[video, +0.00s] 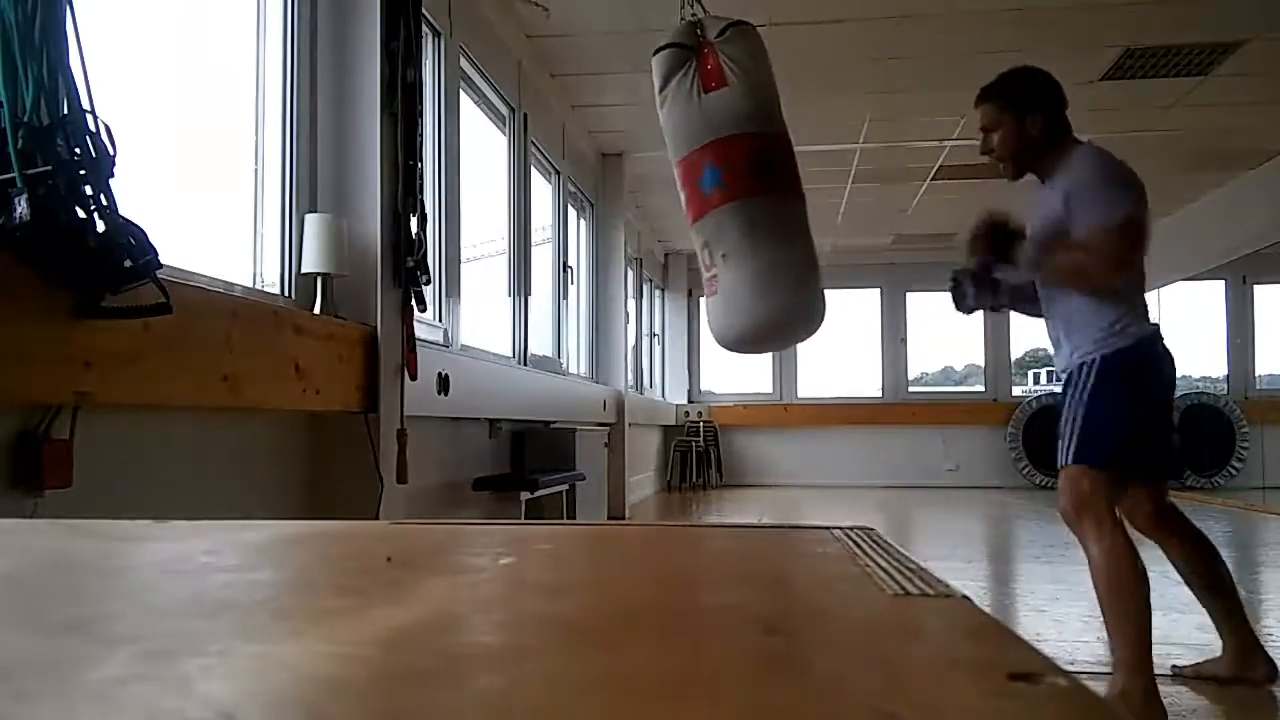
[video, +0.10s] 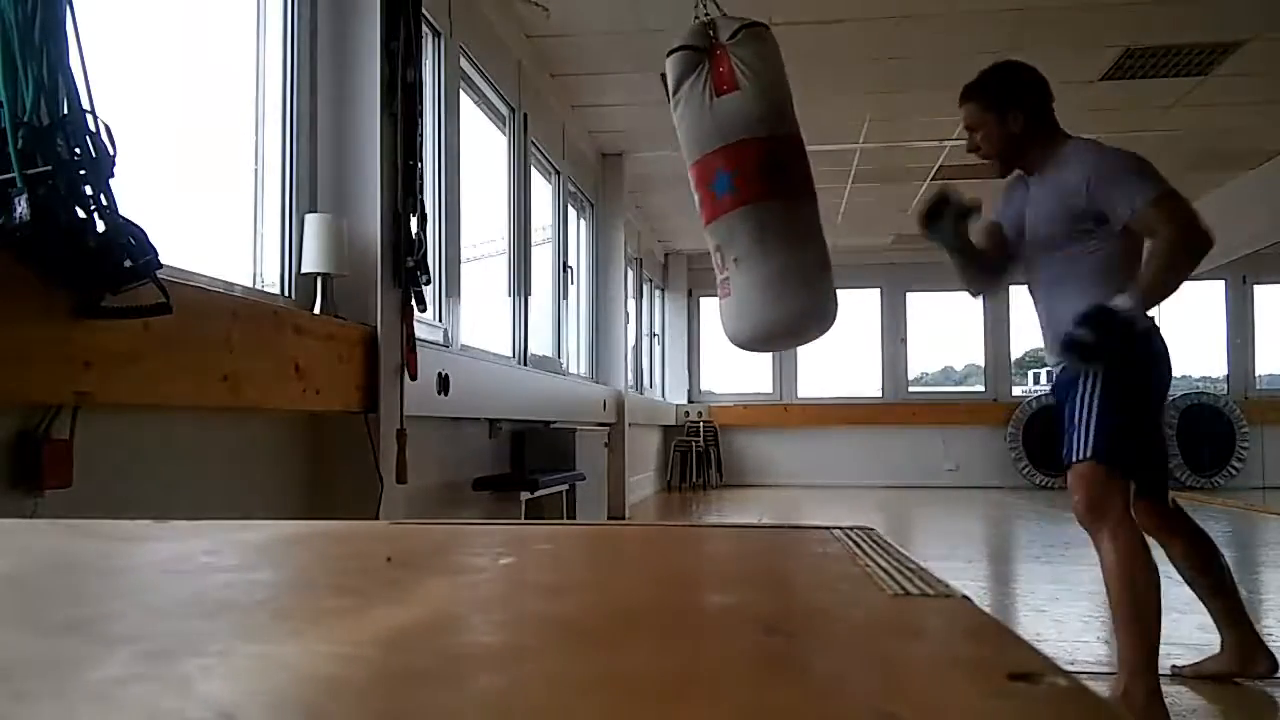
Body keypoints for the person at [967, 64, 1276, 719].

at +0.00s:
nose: (986, 146)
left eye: (992, 130)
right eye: (982, 133)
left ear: (1034, 121)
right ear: (1032, 127)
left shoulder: (1095, 171)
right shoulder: (1053, 194)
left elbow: (1116, 270)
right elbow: (1068, 292)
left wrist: (1023, 250)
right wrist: (1001, 290)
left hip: (1116, 358)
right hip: (1102, 362)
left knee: (1083, 502)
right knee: (1146, 509)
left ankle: (1136, 692)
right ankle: (1245, 654)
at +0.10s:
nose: (969, 143)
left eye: (976, 128)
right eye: (966, 131)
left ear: (1019, 118)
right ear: (1011, 125)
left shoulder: (1098, 166)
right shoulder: (1015, 194)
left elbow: (1186, 236)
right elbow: (982, 277)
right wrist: (956, 238)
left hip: (1117, 353)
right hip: (1079, 365)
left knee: (1096, 501)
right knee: (1154, 509)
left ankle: (1139, 696)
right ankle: (1245, 646)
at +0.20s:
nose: (954, 140)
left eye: (958, 125)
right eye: (950, 129)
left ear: (996, 112)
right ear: (992, 116)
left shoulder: (1073, 149)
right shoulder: (999, 181)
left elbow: (1168, 202)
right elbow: (936, 238)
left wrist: (1125, 267)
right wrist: (922, 181)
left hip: (1106, 343)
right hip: (1069, 357)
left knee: (1106, 504)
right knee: (1135, 501)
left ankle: (1138, 696)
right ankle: (1233, 634)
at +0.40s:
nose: (963, 119)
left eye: (966, 107)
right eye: (962, 109)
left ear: (988, 95)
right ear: (1025, 94)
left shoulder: (1010, 123)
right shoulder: (1058, 151)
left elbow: (898, 145)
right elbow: (1108, 257)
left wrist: (934, 110)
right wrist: (1125, 341)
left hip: (1056, 335)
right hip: (1024, 343)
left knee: (1076, 501)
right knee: (1000, 486)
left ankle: (1138, 693)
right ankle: (1002, 643)